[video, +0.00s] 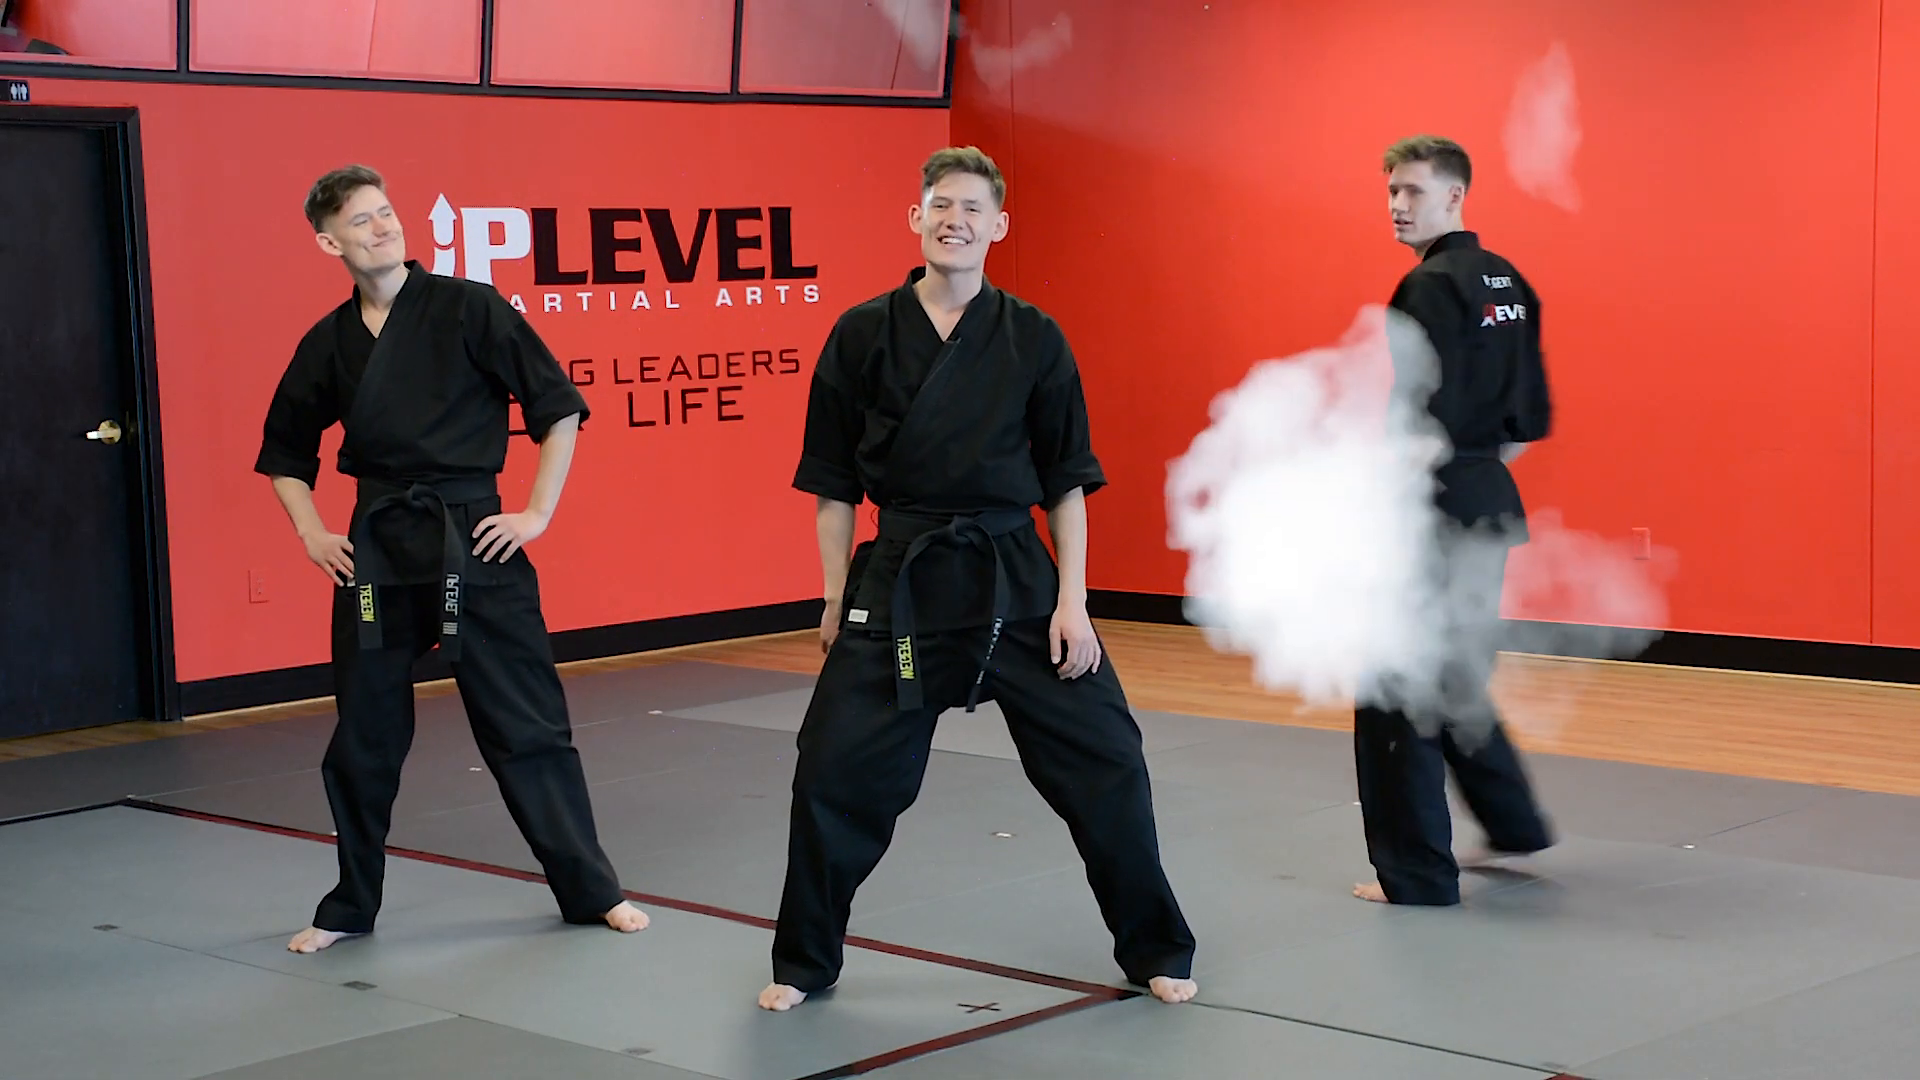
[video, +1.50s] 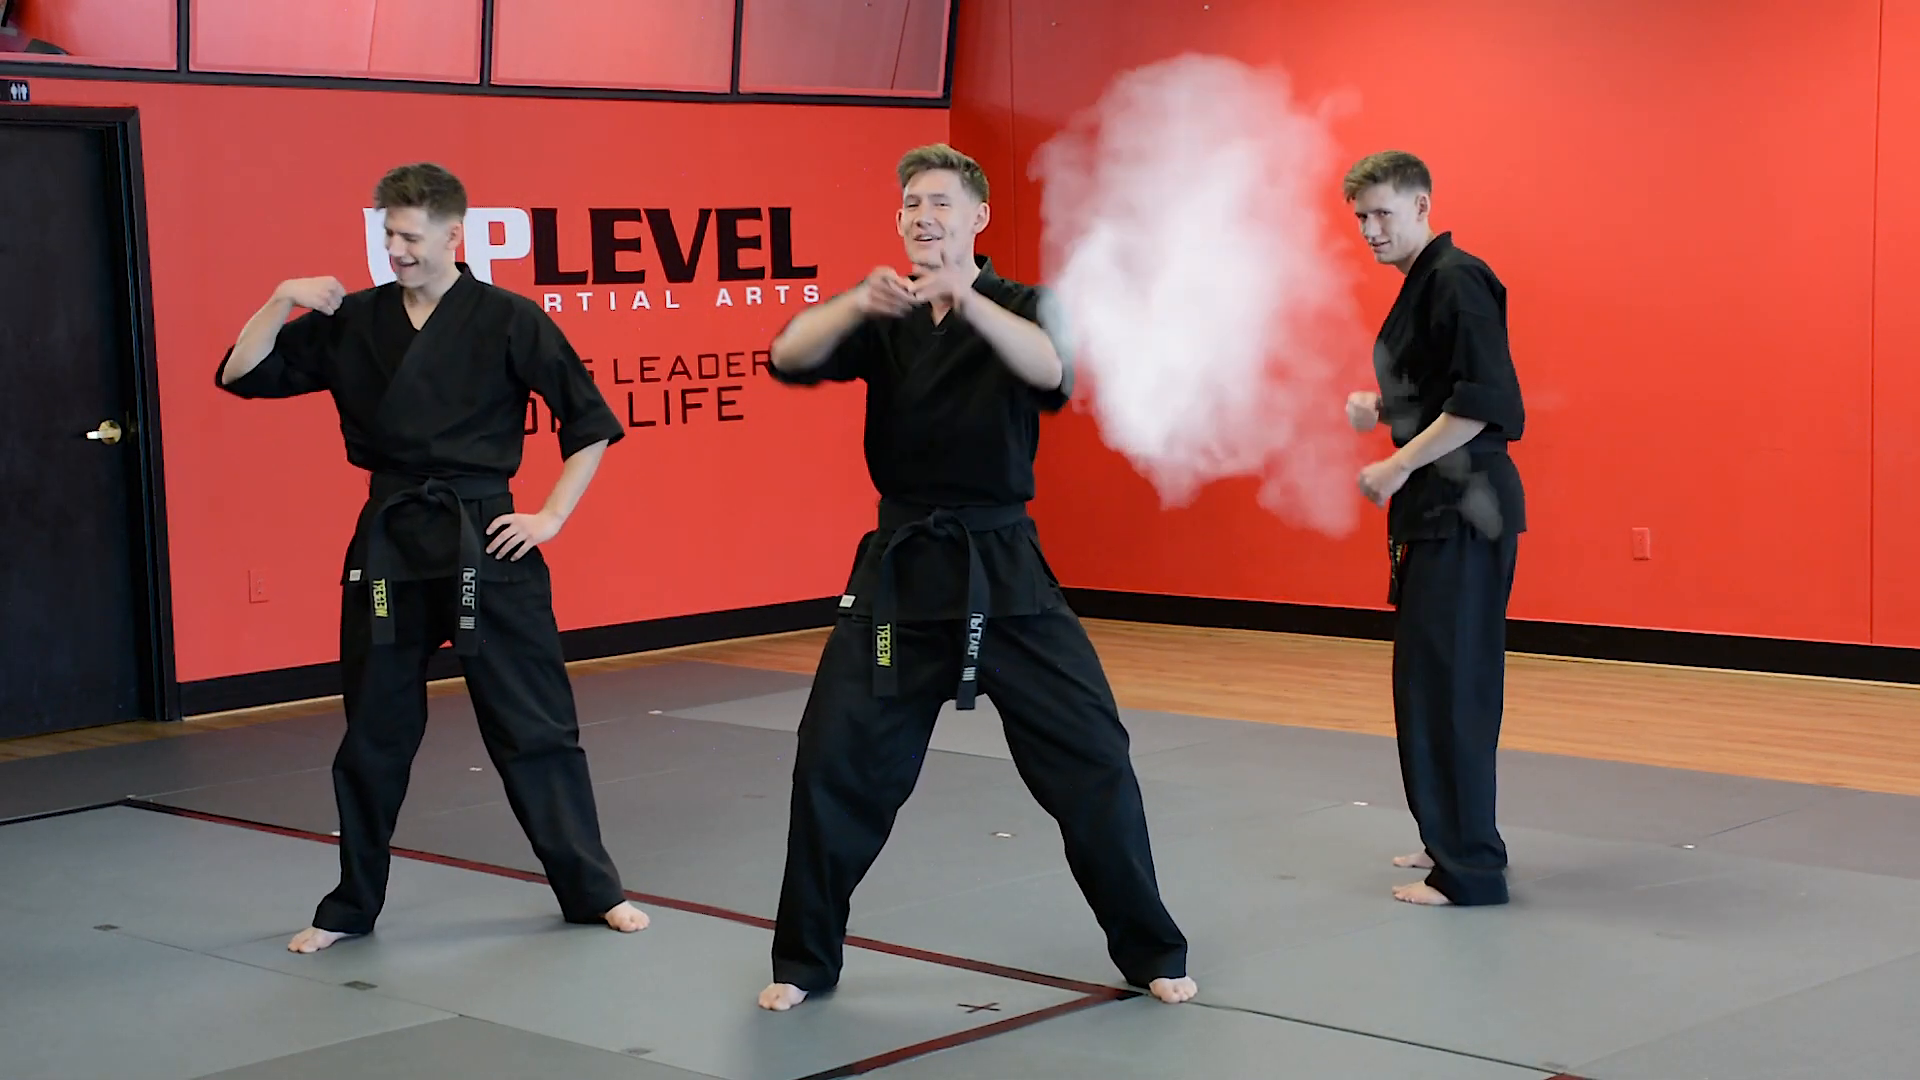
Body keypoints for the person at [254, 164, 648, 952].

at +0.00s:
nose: (381, 226)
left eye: (386, 212)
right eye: (360, 220)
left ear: (403, 223)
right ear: (330, 245)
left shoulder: (472, 308)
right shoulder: (327, 344)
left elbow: (561, 407)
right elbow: (285, 450)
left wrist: (537, 514)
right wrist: (311, 531)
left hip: (476, 539)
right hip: (378, 546)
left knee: (529, 725)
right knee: (363, 740)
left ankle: (591, 892)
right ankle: (351, 906)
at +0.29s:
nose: (379, 234)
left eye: (383, 219)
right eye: (358, 229)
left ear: (399, 225)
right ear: (330, 252)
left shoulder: (472, 307)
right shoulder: (329, 346)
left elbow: (561, 406)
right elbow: (286, 452)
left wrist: (538, 512)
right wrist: (313, 533)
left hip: (477, 540)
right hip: (380, 547)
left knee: (530, 724)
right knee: (364, 741)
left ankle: (592, 892)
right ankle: (352, 905)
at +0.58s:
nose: (373, 231)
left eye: (379, 216)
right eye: (353, 226)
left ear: (398, 225)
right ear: (327, 249)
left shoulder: (470, 307)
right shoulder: (328, 347)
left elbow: (560, 404)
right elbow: (286, 452)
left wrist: (538, 511)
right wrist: (312, 533)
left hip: (477, 539)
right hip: (380, 545)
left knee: (530, 725)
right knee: (364, 741)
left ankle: (592, 892)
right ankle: (352, 904)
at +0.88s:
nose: (364, 240)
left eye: (376, 225)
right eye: (348, 230)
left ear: (406, 230)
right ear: (331, 244)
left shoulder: (474, 309)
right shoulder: (333, 346)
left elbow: (563, 406)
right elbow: (286, 447)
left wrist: (540, 511)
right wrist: (294, 522)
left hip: (478, 540)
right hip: (380, 545)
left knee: (531, 725)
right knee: (365, 740)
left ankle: (592, 892)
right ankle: (352, 905)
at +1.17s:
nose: (370, 244)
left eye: (384, 230)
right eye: (361, 231)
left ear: (427, 231)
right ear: (354, 235)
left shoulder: (489, 313)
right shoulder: (339, 338)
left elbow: (577, 414)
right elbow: (257, 430)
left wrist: (543, 515)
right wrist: (231, 357)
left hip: (482, 537)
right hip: (382, 542)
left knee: (532, 724)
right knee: (368, 737)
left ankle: (592, 892)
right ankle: (351, 908)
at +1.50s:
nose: (397, 249)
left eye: (413, 236)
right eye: (390, 234)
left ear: (454, 236)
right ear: (384, 234)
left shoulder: (509, 319)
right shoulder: (353, 325)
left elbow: (592, 424)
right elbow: (238, 376)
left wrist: (552, 517)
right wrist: (284, 297)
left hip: (489, 538)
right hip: (389, 540)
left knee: (537, 727)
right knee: (372, 738)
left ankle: (592, 892)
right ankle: (352, 907)